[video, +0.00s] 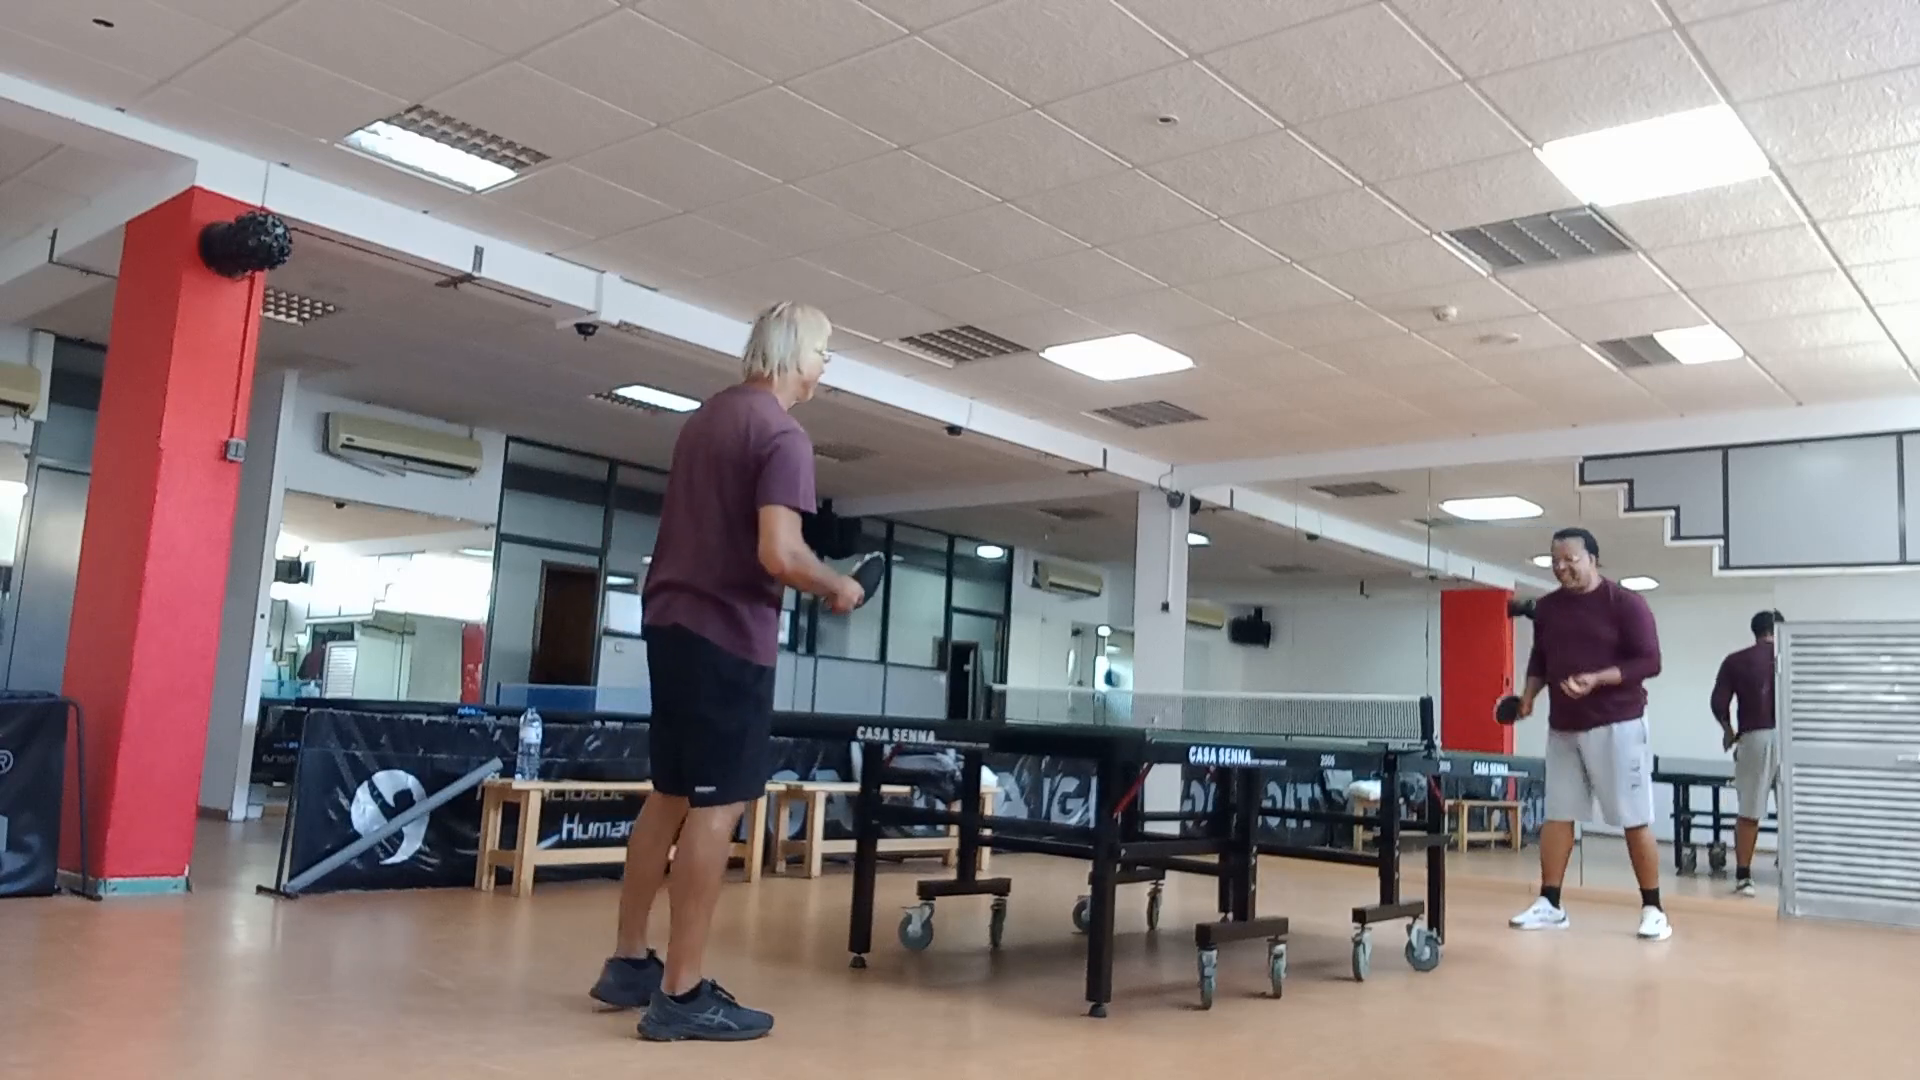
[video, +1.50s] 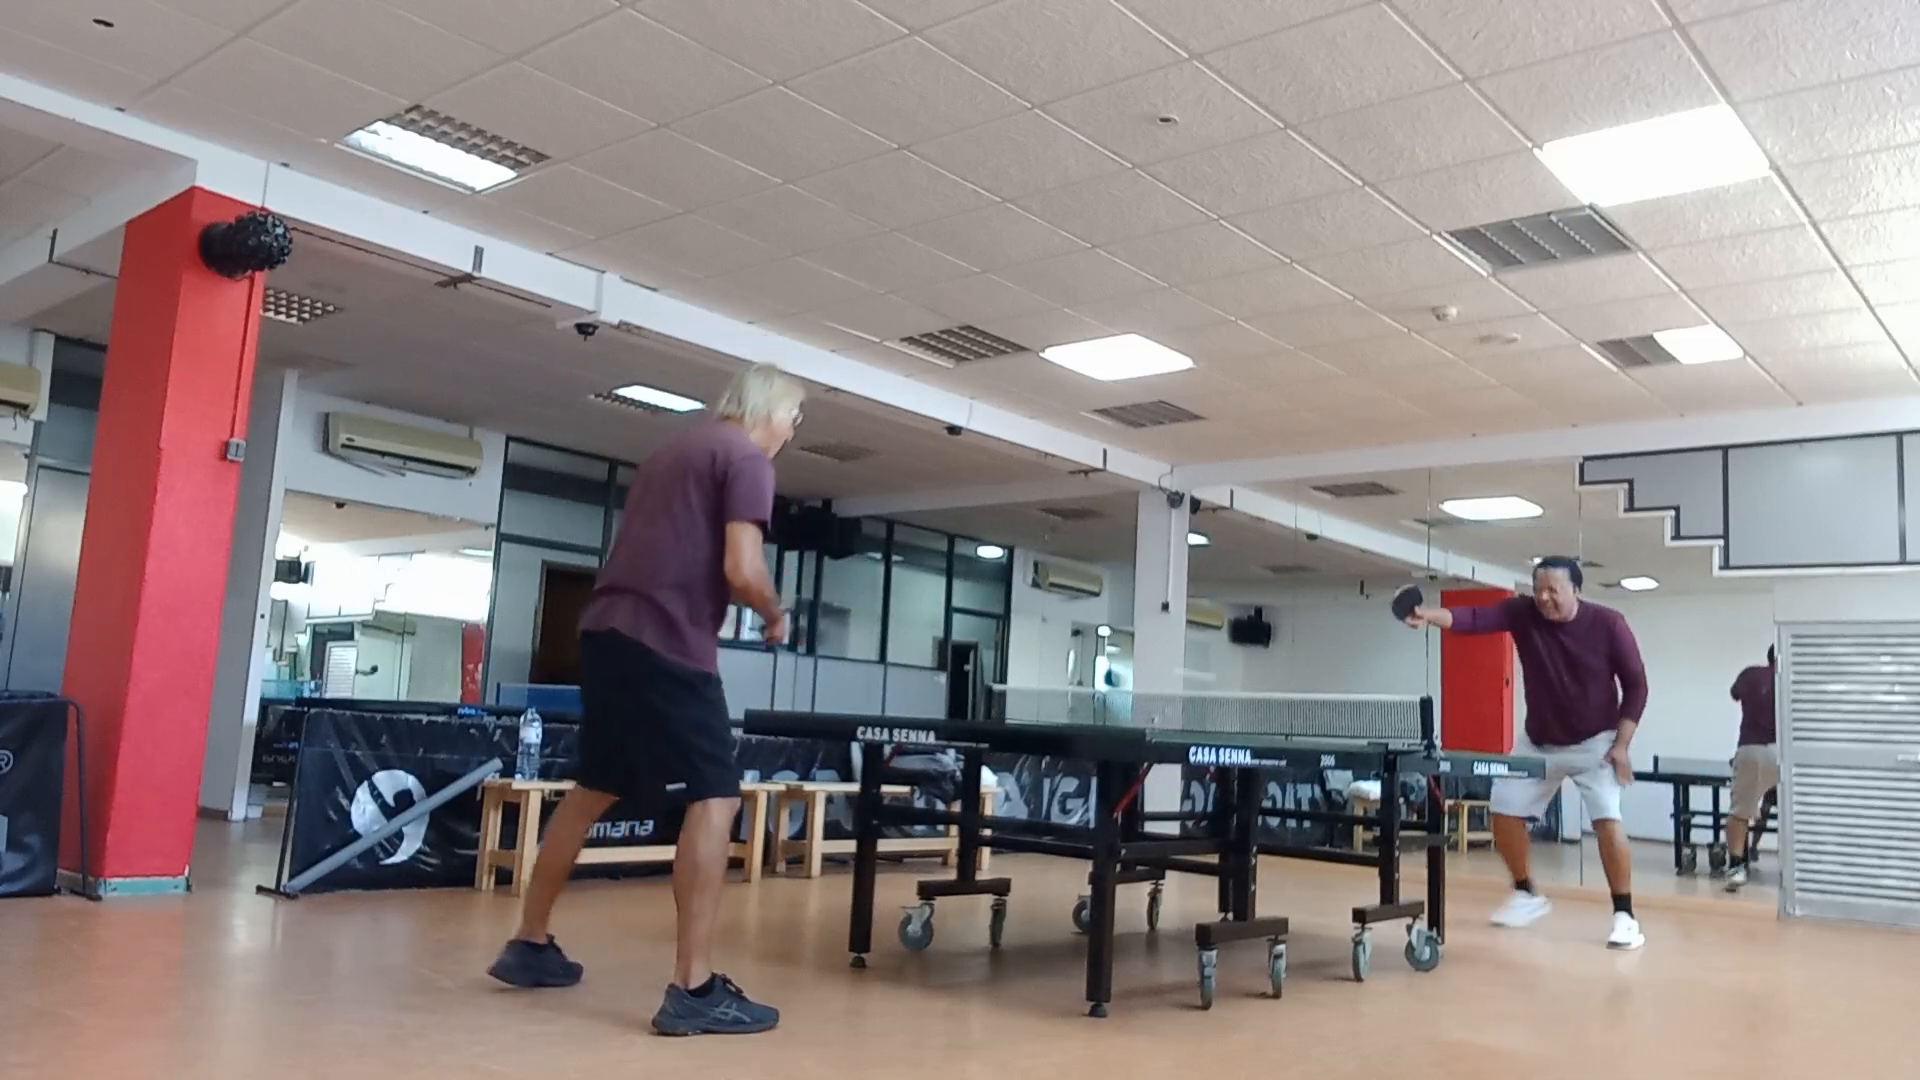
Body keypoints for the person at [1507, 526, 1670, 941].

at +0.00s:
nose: (1564, 568)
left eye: (1571, 559)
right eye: (1557, 562)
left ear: (1592, 558)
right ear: (1552, 567)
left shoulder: (1626, 604)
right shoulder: (1548, 607)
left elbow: (1650, 662)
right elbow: (1541, 658)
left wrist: (1598, 677)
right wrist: (1528, 694)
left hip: (1617, 727)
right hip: (1564, 728)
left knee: (1634, 819)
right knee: (1557, 814)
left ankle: (1652, 909)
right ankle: (1549, 904)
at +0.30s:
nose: (1569, 585)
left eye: (1576, 577)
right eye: (1563, 578)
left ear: (1598, 571)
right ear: (1557, 577)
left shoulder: (1632, 612)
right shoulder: (1555, 614)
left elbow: (1657, 677)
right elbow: (1551, 666)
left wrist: (1621, 721)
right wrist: (1546, 712)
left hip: (1632, 735)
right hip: (1577, 735)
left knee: (1640, 824)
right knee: (1567, 815)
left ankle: (1652, 910)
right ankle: (1559, 905)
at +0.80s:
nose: (1544, 614)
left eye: (1552, 606)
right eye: (1537, 607)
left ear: (1571, 598)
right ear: (1531, 603)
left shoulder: (1608, 628)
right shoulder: (1528, 636)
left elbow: (1616, 689)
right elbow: (1523, 690)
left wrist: (1569, 709)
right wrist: (1531, 741)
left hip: (1617, 741)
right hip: (1564, 743)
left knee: (1626, 830)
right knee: (1546, 816)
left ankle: (1651, 910)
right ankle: (1558, 906)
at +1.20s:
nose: (1542, 613)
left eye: (1550, 604)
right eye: (1533, 605)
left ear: (1566, 596)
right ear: (1523, 600)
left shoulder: (1599, 625)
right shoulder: (1513, 627)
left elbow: (1640, 679)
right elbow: (1483, 678)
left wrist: (1615, 704)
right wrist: (1533, 700)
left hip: (1600, 737)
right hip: (1546, 745)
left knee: (1601, 794)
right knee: (1532, 821)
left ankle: (1627, 870)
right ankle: (1555, 905)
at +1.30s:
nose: (1542, 615)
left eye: (1550, 607)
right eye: (1534, 608)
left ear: (1568, 600)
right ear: (1526, 602)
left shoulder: (1599, 627)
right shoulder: (1516, 623)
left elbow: (1634, 686)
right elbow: (1475, 656)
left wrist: (1612, 743)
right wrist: (1493, 678)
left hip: (1596, 746)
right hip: (1544, 753)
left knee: (1604, 815)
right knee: (1529, 831)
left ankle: (1623, 908)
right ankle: (1556, 906)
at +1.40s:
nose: (1544, 610)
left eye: (1551, 602)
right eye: (1537, 603)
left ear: (1572, 597)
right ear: (1531, 600)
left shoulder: (1605, 629)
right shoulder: (1522, 621)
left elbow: (1633, 691)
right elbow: (1480, 626)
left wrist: (1614, 747)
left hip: (1596, 747)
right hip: (1541, 750)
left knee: (1606, 820)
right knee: (1519, 824)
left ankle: (1624, 916)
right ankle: (1550, 902)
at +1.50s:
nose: (1545, 598)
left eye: (1553, 591)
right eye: (1539, 591)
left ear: (1574, 589)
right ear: (1534, 591)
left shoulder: (1607, 624)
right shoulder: (1522, 613)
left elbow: (1636, 686)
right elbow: (1477, 618)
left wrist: (1622, 743)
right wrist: (1429, 616)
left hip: (1595, 742)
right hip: (1539, 742)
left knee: (1607, 822)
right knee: (1503, 809)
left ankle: (1624, 916)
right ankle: (1527, 895)